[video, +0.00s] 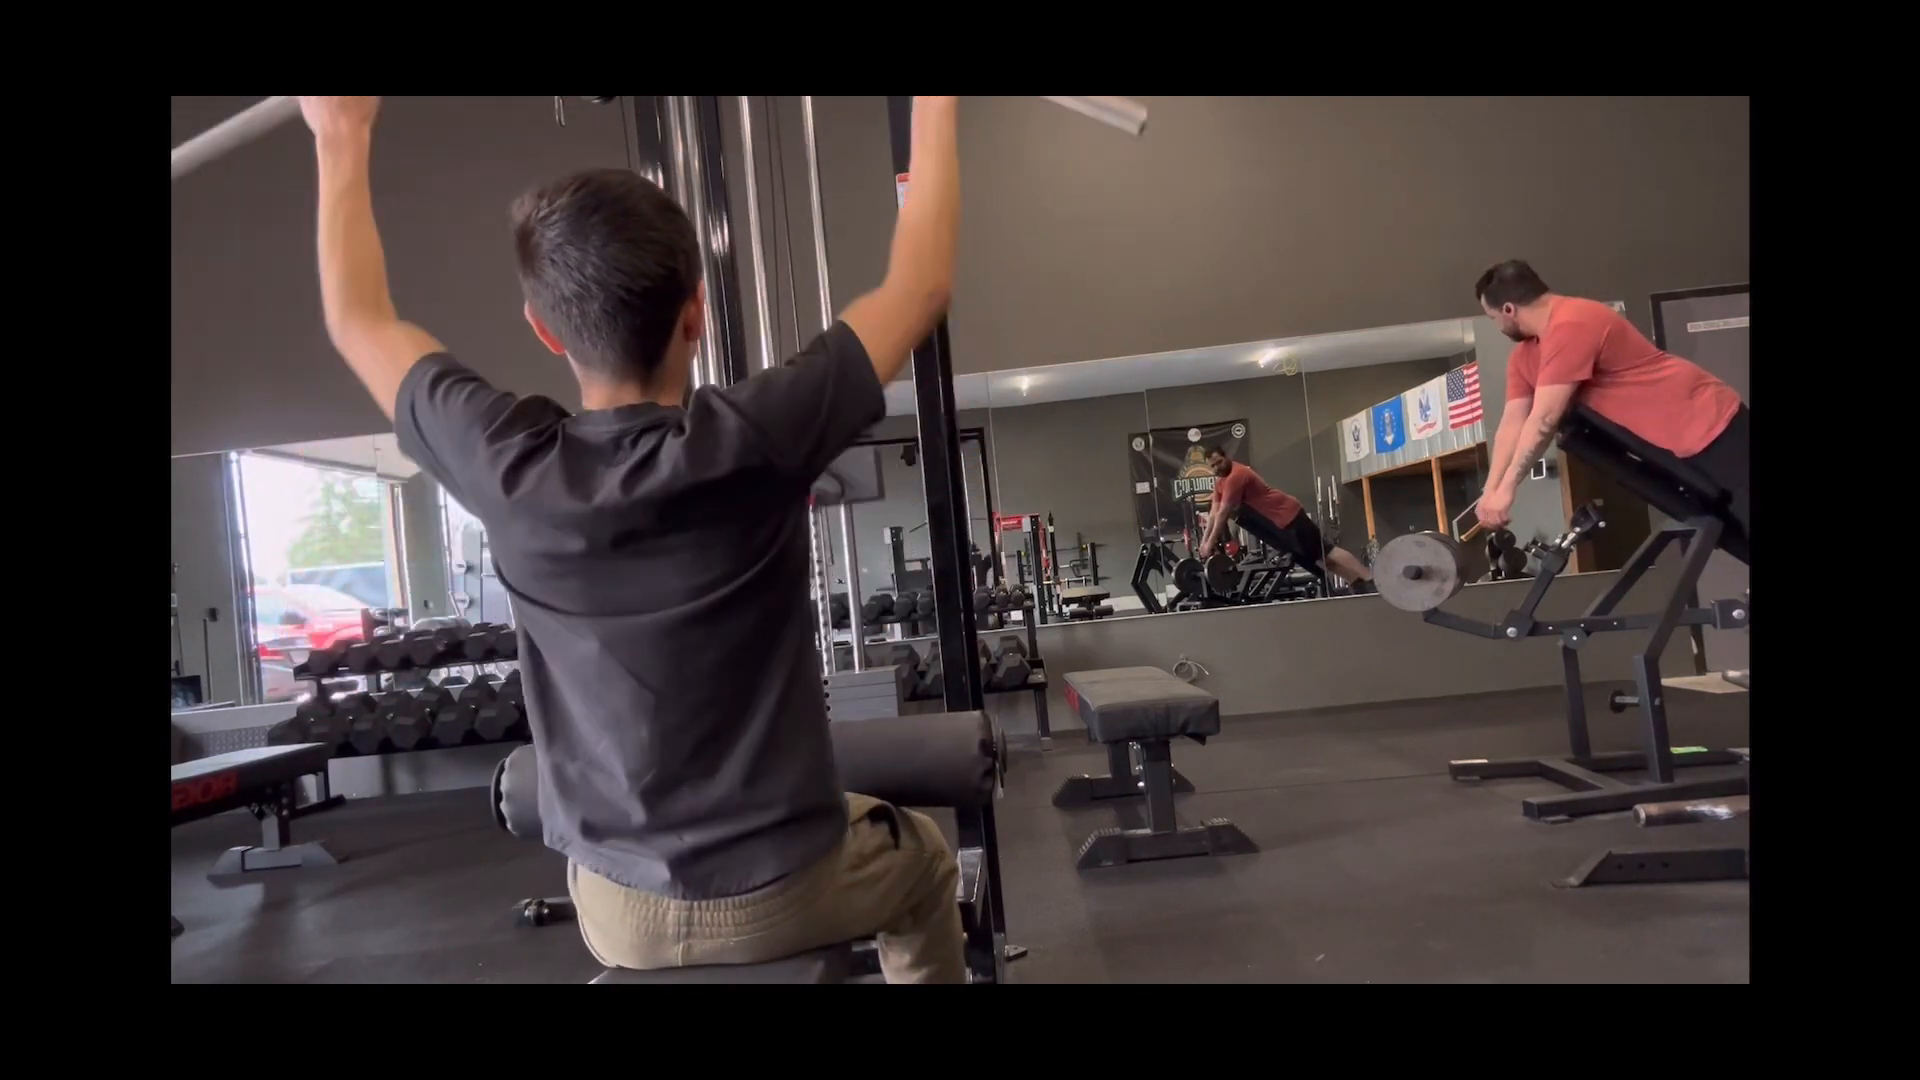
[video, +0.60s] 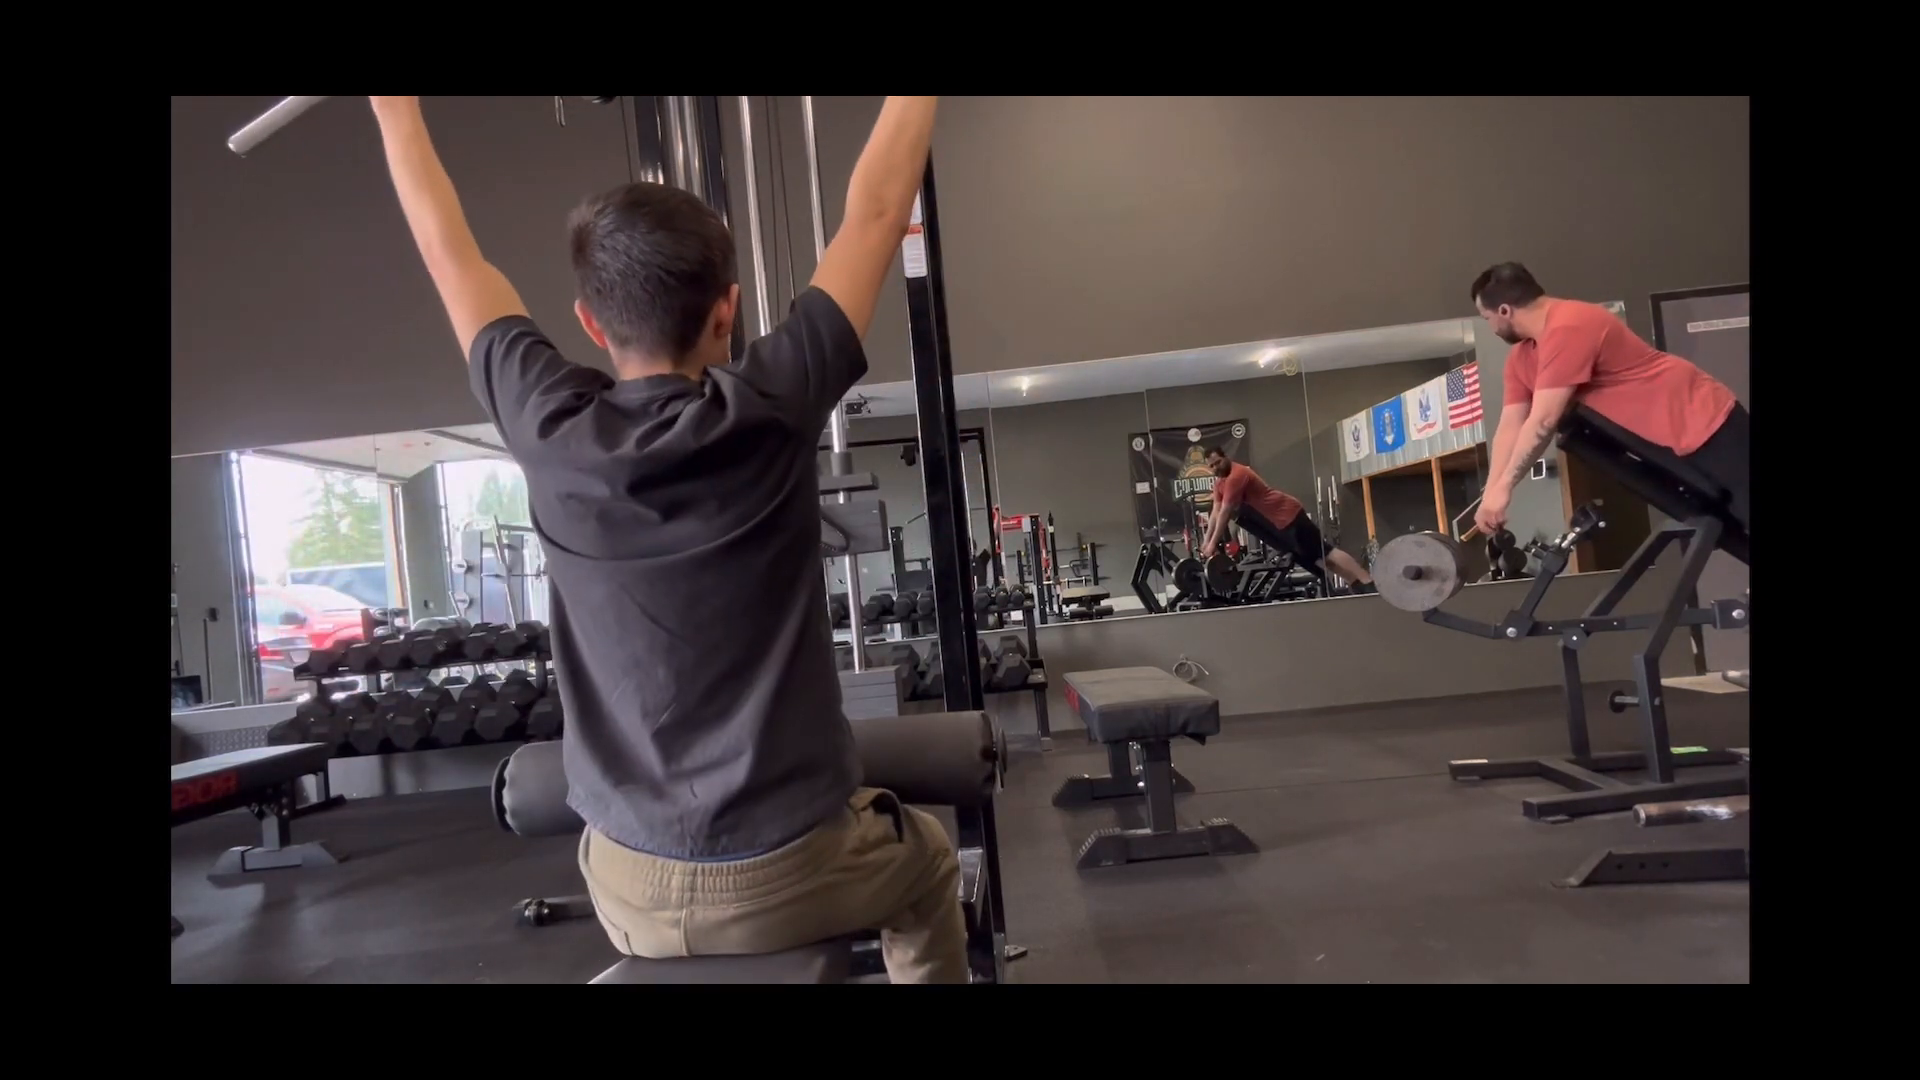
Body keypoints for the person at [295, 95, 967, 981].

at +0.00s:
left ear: (542, 330)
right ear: (696, 317)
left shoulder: (511, 463)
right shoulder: (762, 433)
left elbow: (359, 320)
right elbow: (918, 291)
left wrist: (340, 137)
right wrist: (936, 101)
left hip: (614, 910)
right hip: (780, 897)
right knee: (919, 854)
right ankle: (929, 978)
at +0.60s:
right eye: (734, 297)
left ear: (590, 324)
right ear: (726, 316)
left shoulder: (553, 424)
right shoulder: (773, 399)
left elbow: (447, 252)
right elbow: (875, 217)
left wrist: (393, 103)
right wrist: (917, 87)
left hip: (626, 889)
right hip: (789, 883)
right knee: (923, 857)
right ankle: (927, 979)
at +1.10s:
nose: (675, 332)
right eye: (674, 314)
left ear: (499, 358)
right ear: (664, 342)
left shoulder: (468, 491)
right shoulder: (737, 464)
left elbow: (272, 370)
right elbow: (939, 335)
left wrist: (295, 169)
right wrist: (938, 135)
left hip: (618, 919)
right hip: (772, 893)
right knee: (922, 858)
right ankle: (929, 980)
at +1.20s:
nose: (670, 331)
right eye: (671, 316)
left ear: (493, 366)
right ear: (661, 344)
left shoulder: (459, 516)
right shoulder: (738, 482)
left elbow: (245, 463)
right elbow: (968, 426)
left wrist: (295, 269)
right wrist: (950, 234)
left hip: (615, 915)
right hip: (774, 889)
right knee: (921, 865)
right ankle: (930, 976)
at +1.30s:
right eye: (671, 315)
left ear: (496, 366)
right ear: (667, 340)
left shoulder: (455, 532)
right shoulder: (746, 498)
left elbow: (235, 562)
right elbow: (980, 521)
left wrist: (301, 365)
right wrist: (961, 327)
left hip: (613, 914)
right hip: (775, 899)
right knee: (922, 862)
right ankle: (926, 983)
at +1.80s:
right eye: (686, 315)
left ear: (514, 365)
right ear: (682, 340)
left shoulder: (475, 539)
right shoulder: (756, 503)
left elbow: (274, 680)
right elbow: (967, 620)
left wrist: (320, 477)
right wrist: (968, 430)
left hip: (615, 910)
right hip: (784, 897)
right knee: (924, 861)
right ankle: (928, 977)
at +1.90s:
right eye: (683, 315)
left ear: (507, 367)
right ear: (678, 343)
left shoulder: (466, 523)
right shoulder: (752, 493)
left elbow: (271, 610)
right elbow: (978, 549)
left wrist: (322, 419)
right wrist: (966, 363)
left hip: (613, 911)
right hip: (781, 898)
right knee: (922, 859)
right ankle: (932, 981)